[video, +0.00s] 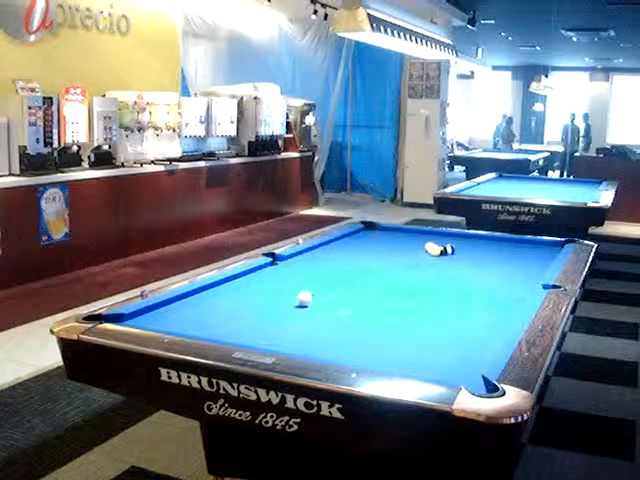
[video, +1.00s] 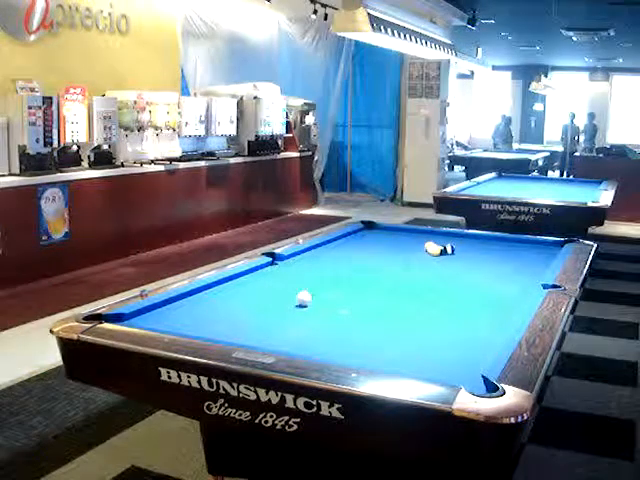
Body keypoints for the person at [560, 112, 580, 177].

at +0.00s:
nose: (572, 119)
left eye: (573, 117)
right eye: (572, 117)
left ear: (575, 118)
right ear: (569, 117)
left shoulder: (577, 128)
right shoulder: (565, 126)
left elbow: (578, 137)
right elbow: (562, 136)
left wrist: (577, 146)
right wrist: (563, 144)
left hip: (573, 147)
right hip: (566, 147)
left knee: (571, 162)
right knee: (563, 161)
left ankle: (569, 174)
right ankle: (561, 174)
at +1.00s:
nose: (571, 118)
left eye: (572, 116)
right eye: (570, 116)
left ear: (574, 117)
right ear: (569, 117)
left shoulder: (576, 127)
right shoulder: (565, 126)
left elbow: (578, 136)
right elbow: (562, 135)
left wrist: (577, 143)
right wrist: (563, 142)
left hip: (573, 146)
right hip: (565, 146)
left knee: (571, 161)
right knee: (563, 160)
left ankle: (568, 174)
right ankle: (561, 173)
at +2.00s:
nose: (572, 117)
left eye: (573, 116)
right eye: (571, 116)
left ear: (574, 117)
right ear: (569, 116)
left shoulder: (576, 127)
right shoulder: (565, 126)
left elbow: (578, 136)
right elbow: (563, 134)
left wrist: (577, 144)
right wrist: (562, 141)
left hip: (572, 145)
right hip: (565, 145)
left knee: (571, 159)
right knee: (563, 159)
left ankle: (569, 172)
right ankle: (561, 172)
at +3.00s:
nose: (572, 119)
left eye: (574, 117)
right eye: (571, 117)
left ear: (575, 117)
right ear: (570, 117)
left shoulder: (577, 126)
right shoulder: (566, 125)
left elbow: (579, 135)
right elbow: (563, 134)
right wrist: (563, 141)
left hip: (574, 146)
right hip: (566, 145)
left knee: (571, 159)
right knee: (563, 159)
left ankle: (569, 173)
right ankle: (561, 172)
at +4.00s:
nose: (571, 119)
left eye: (572, 117)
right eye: (570, 117)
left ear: (574, 117)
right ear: (568, 117)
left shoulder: (576, 126)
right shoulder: (565, 125)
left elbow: (578, 135)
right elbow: (563, 134)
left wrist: (577, 143)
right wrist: (562, 142)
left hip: (573, 145)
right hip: (566, 145)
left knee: (571, 160)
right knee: (563, 160)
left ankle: (570, 173)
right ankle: (562, 173)